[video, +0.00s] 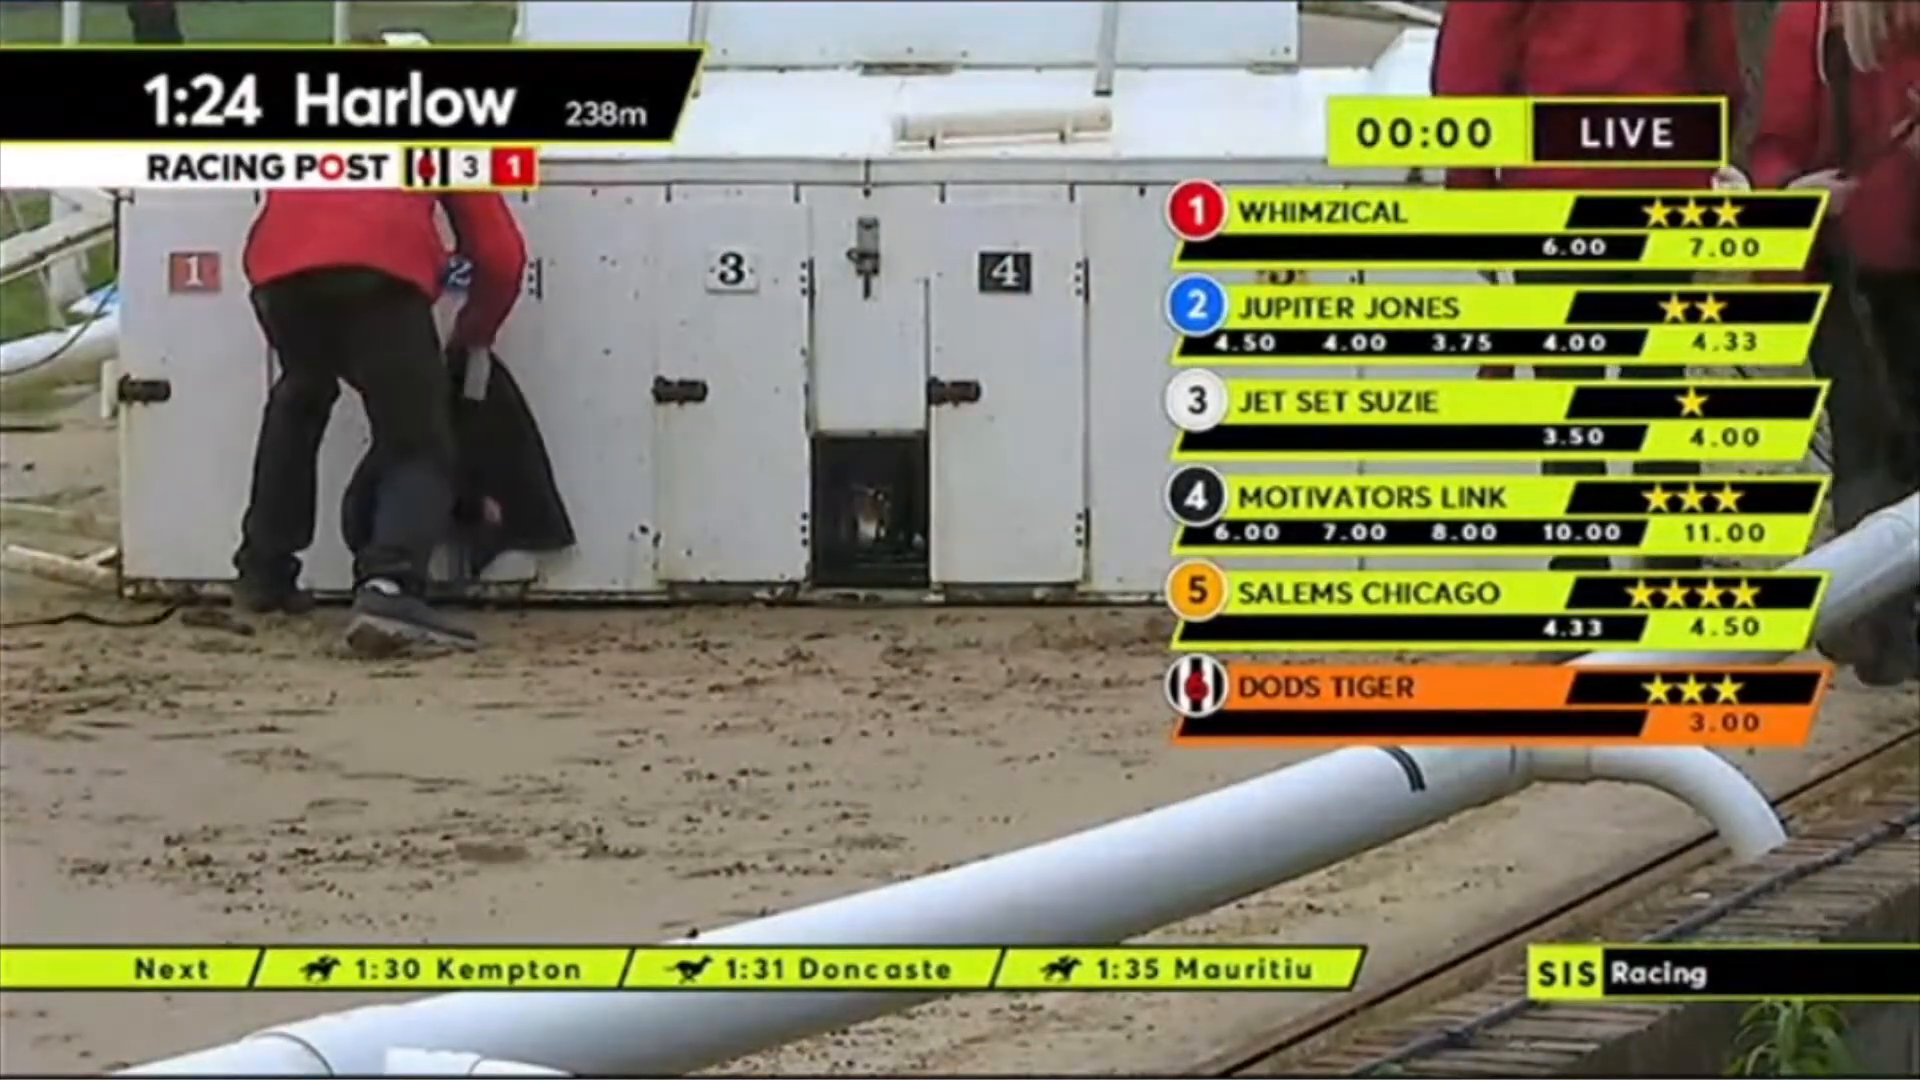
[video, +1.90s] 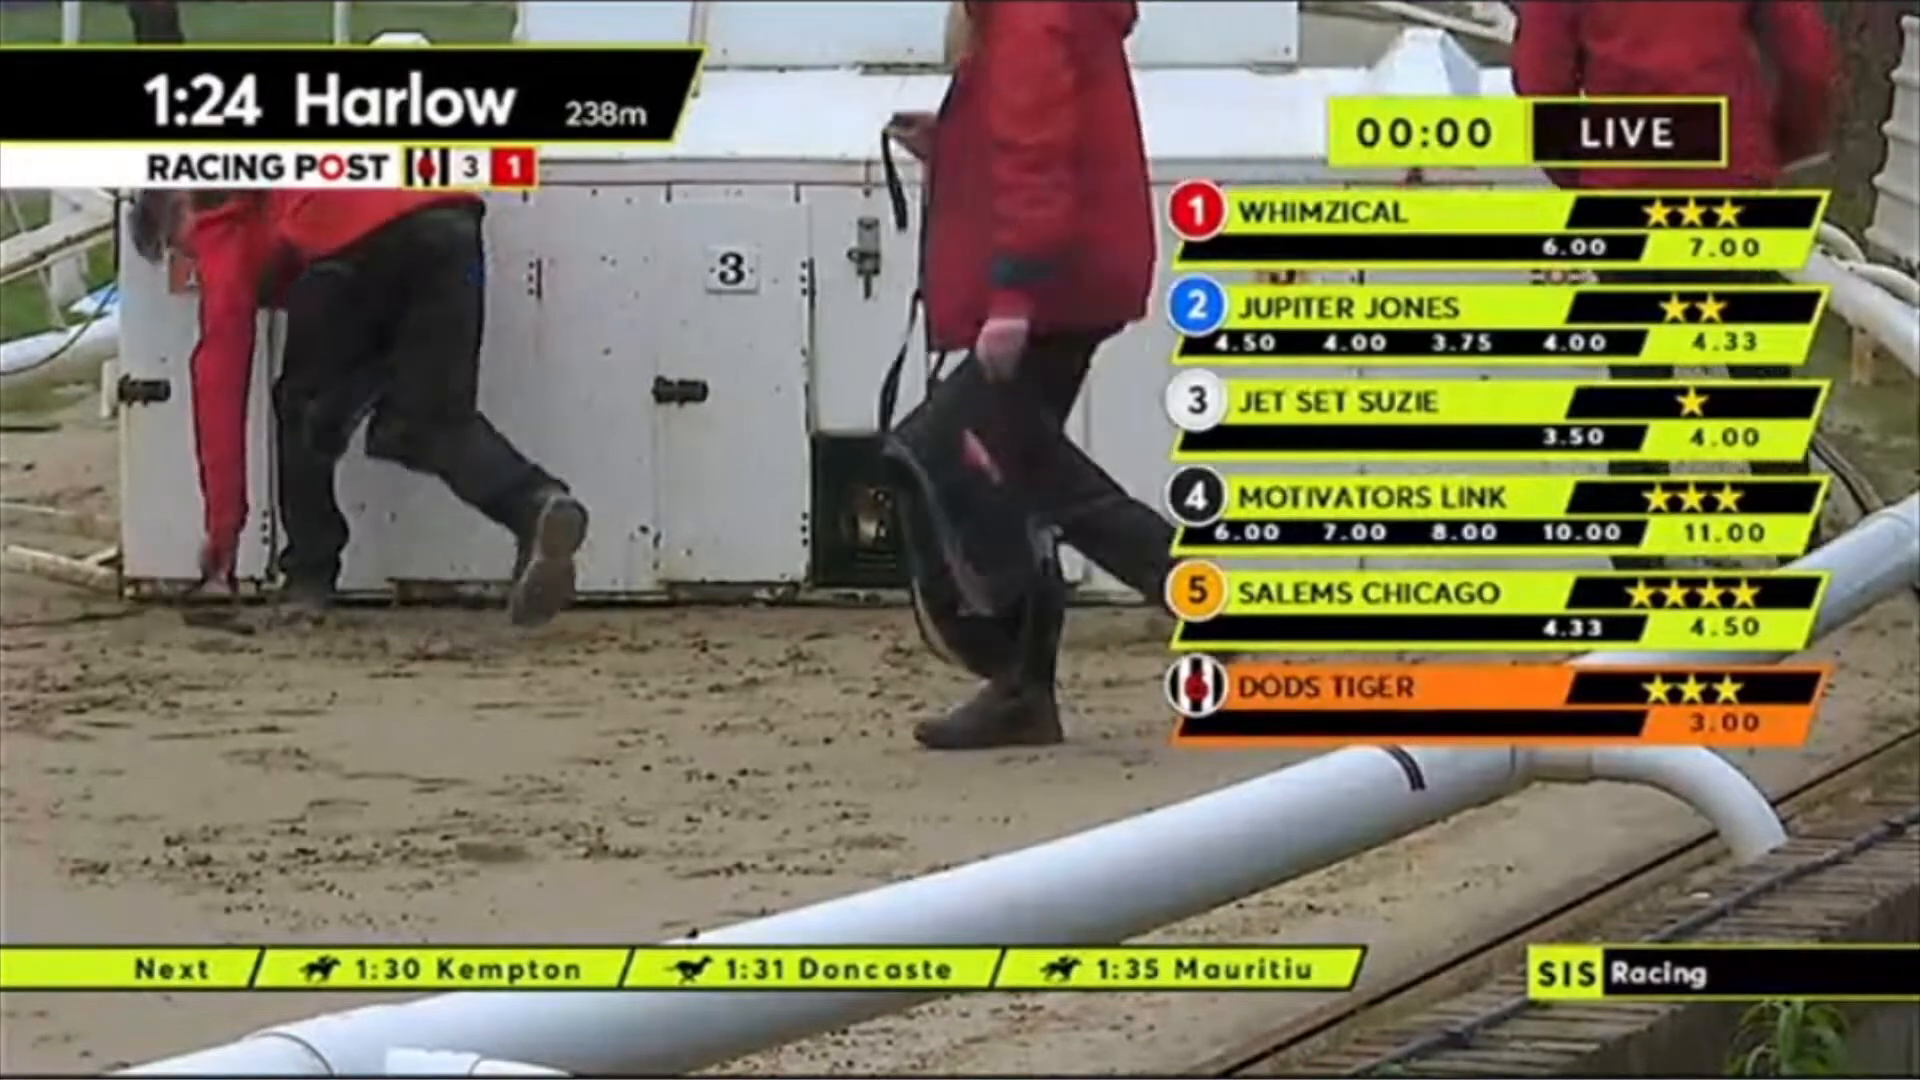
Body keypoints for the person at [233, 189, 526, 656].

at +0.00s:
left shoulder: (299, 163)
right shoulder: (440, 155)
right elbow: (503, 256)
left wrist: (283, 336)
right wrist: (470, 336)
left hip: (281, 268)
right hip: (379, 266)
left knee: (302, 387)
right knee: (416, 443)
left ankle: (264, 570)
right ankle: (388, 585)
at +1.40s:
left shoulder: (279, 175)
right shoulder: (437, 160)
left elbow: (257, 283)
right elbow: (492, 253)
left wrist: (298, 382)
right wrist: (461, 325)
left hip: (301, 256)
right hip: (401, 250)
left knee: (304, 403)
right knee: (413, 431)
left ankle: (272, 575)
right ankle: (403, 573)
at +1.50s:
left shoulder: (269, 176)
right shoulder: (432, 157)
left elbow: (238, 286)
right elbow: (503, 235)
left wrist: (263, 414)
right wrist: (456, 316)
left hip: (308, 248)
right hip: (410, 234)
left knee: (321, 388)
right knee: (414, 416)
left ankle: (289, 574)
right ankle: (411, 571)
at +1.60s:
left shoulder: (264, 166)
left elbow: (225, 298)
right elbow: (501, 174)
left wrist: (219, 462)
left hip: (326, 250)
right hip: (426, 230)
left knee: (327, 391)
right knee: (418, 407)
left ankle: (312, 575)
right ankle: (424, 564)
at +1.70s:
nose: (217, 236)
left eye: (210, 218)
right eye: (207, 225)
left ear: (214, 196)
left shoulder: (241, 189)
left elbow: (223, 337)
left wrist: (202, 498)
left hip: (338, 250)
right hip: (438, 227)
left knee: (312, 399)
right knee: (426, 405)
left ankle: (311, 576)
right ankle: (440, 554)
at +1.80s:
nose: (201, 269)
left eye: (191, 252)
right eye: (188, 260)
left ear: (194, 209)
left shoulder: (229, 217)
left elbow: (222, 372)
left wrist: (198, 529)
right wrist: (371, 396)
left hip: (342, 251)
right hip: (446, 223)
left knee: (305, 401)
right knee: (434, 399)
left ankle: (310, 579)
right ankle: (481, 539)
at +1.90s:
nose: (187, 276)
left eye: (178, 251)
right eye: (174, 260)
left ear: (185, 209)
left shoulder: (225, 225)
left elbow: (221, 374)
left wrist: (222, 527)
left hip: (347, 245)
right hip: (444, 217)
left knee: (307, 415)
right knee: (424, 419)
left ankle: (308, 582)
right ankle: (539, 507)